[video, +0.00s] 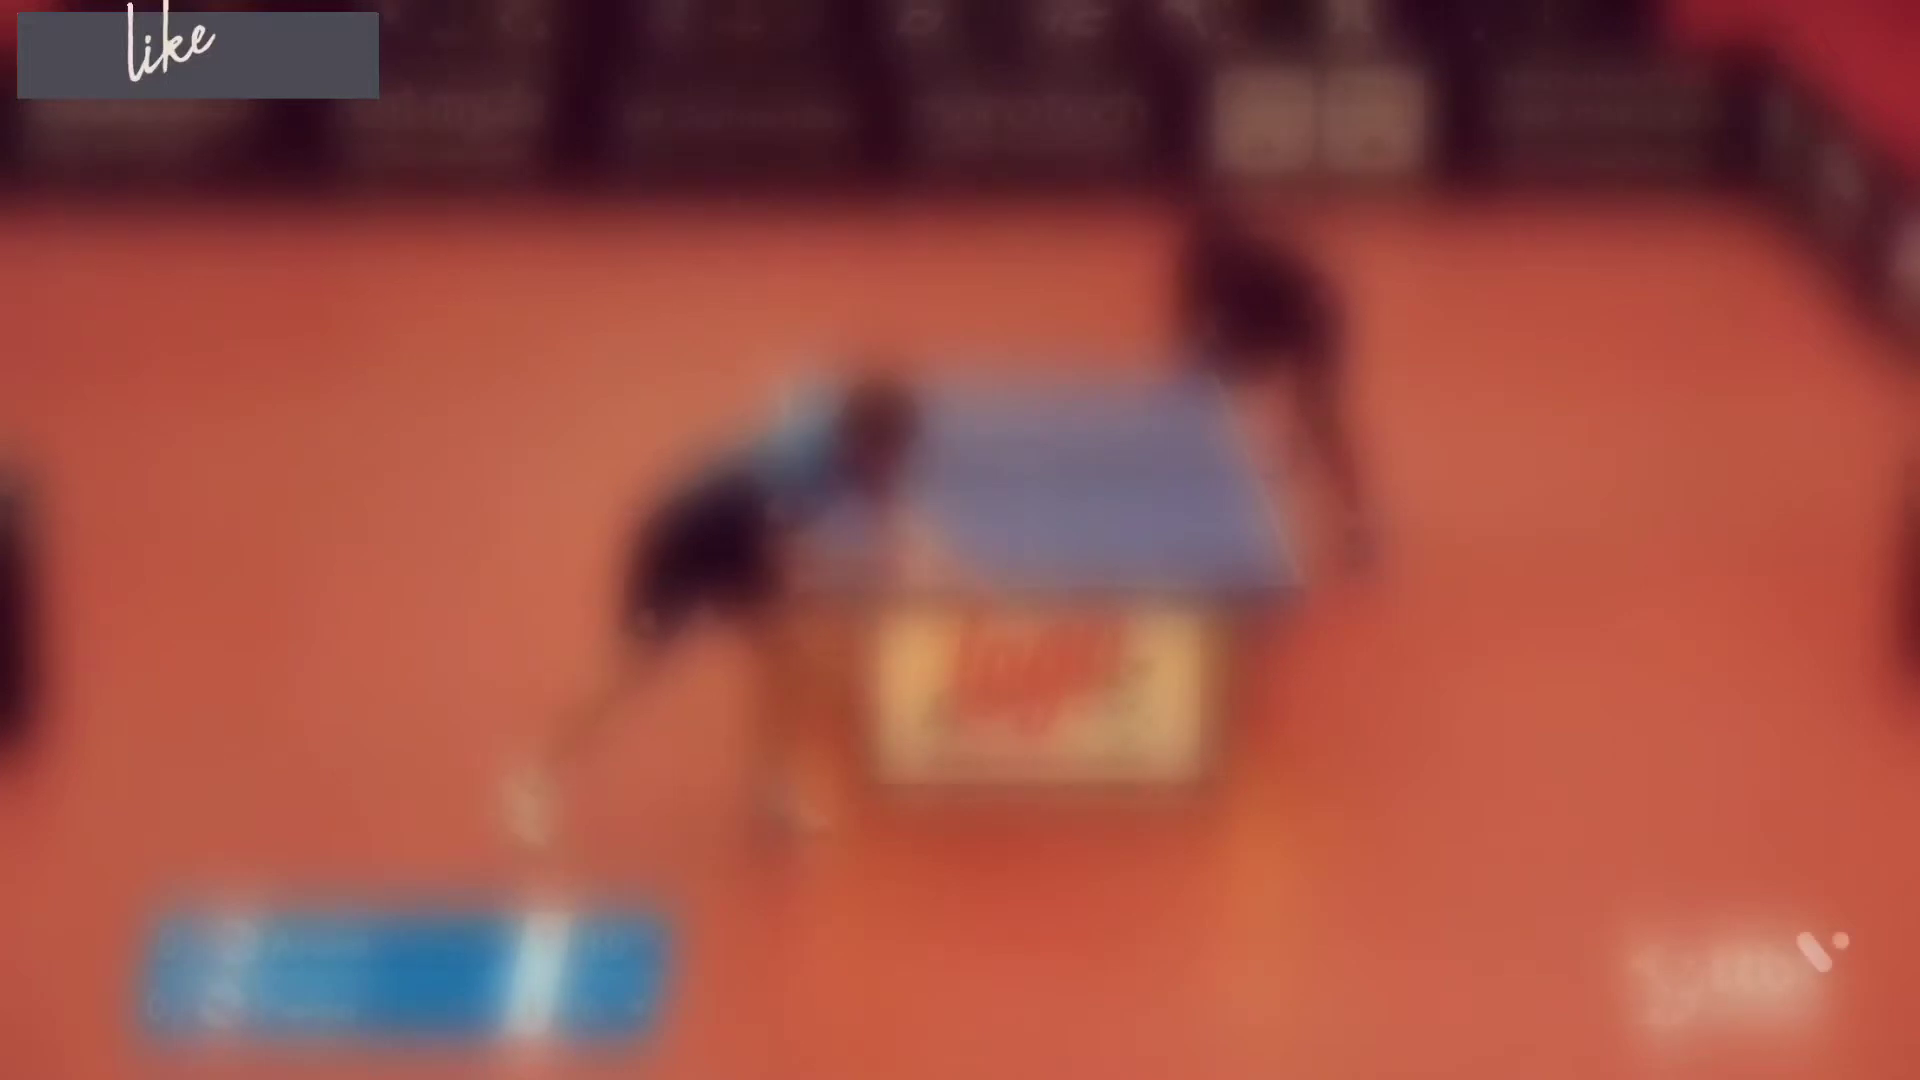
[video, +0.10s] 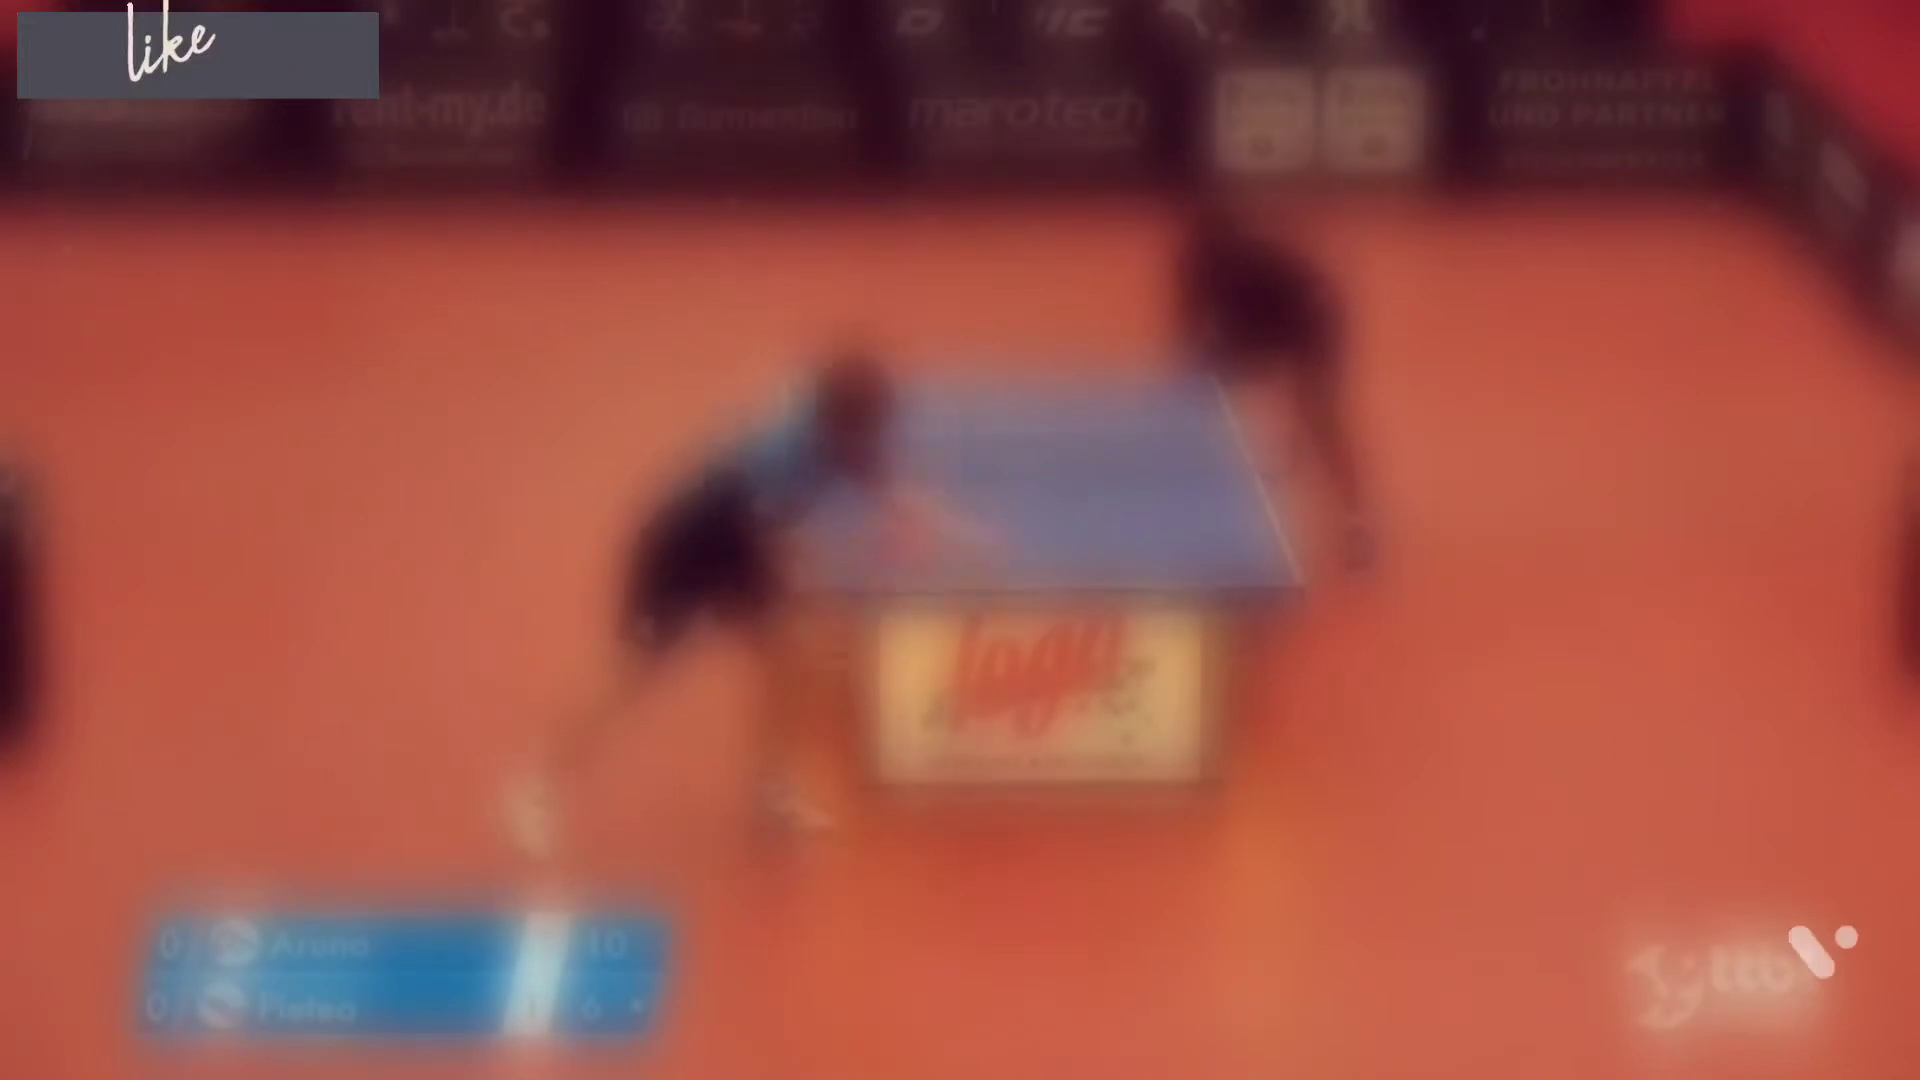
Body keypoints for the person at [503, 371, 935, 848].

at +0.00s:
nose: (884, 454)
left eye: (892, 440)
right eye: (877, 437)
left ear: (899, 436)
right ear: (853, 424)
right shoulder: (801, 458)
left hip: (743, 552)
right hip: (685, 546)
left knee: (782, 665)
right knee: (635, 670)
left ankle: (777, 795)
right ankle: (544, 773)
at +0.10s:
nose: (866, 431)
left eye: (872, 417)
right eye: (857, 416)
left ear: (877, 415)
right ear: (831, 407)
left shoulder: (845, 448)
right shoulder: (790, 450)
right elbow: (757, 523)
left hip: (740, 548)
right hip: (685, 544)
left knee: (785, 661)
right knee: (639, 674)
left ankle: (776, 788)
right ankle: (546, 780)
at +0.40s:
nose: (768, 401)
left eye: (765, 390)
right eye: (756, 393)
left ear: (762, 392)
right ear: (728, 398)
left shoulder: (762, 419)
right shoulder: (702, 459)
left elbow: (831, 400)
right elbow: (697, 546)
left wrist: (914, 387)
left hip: (709, 567)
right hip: (656, 574)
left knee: (782, 662)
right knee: (621, 705)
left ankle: (775, 792)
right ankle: (532, 809)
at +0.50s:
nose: (754, 397)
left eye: (752, 386)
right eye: (744, 390)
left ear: (745, 392)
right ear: (716, 397)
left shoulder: (749, 417)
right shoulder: (685, 458)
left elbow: (814, 400)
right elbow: (685, 544)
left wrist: (891, 391)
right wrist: (766, 505)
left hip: (702, 560)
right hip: (644, 569)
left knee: (771, 662)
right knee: (614, 703)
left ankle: (776, 792)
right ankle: (531, 807)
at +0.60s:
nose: (743, 397)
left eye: (740, 386)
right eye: (732, 389)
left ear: (736, 386)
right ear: (704, 396)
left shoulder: (734, 420)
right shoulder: (662, 455)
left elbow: (797, 397)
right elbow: (629, 544)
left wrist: (879, 395)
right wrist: (710, 551)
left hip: (688, 563)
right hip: (626, 570)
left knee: (755, 665)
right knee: (595, 699)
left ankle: (772, 793)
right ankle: (524, 811)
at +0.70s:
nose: (739, 402)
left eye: (737, 392)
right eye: (728, 396)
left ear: (734, 391)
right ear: (699, 401)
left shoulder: (735, 418)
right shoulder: (656, 449)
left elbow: (795, 407)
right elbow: (616, 526)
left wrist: (867, 419)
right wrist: (653, 549)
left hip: (679, 553)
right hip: (615, 557)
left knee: (753, 651)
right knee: (585, 692)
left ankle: (775, 783)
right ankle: (522, 812)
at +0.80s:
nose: (756, 437)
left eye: (756, 426)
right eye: (748, 429)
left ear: (755, 425)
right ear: (716, 429)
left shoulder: (746, 440)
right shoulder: (661, 460)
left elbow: (801, 435)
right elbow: (595, 533)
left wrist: (861, 475)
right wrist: (619, 535)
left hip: (678, 552)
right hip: (617, 557)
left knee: (765, 629)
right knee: (583, 693)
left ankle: (728, 741)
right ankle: (522, 810)